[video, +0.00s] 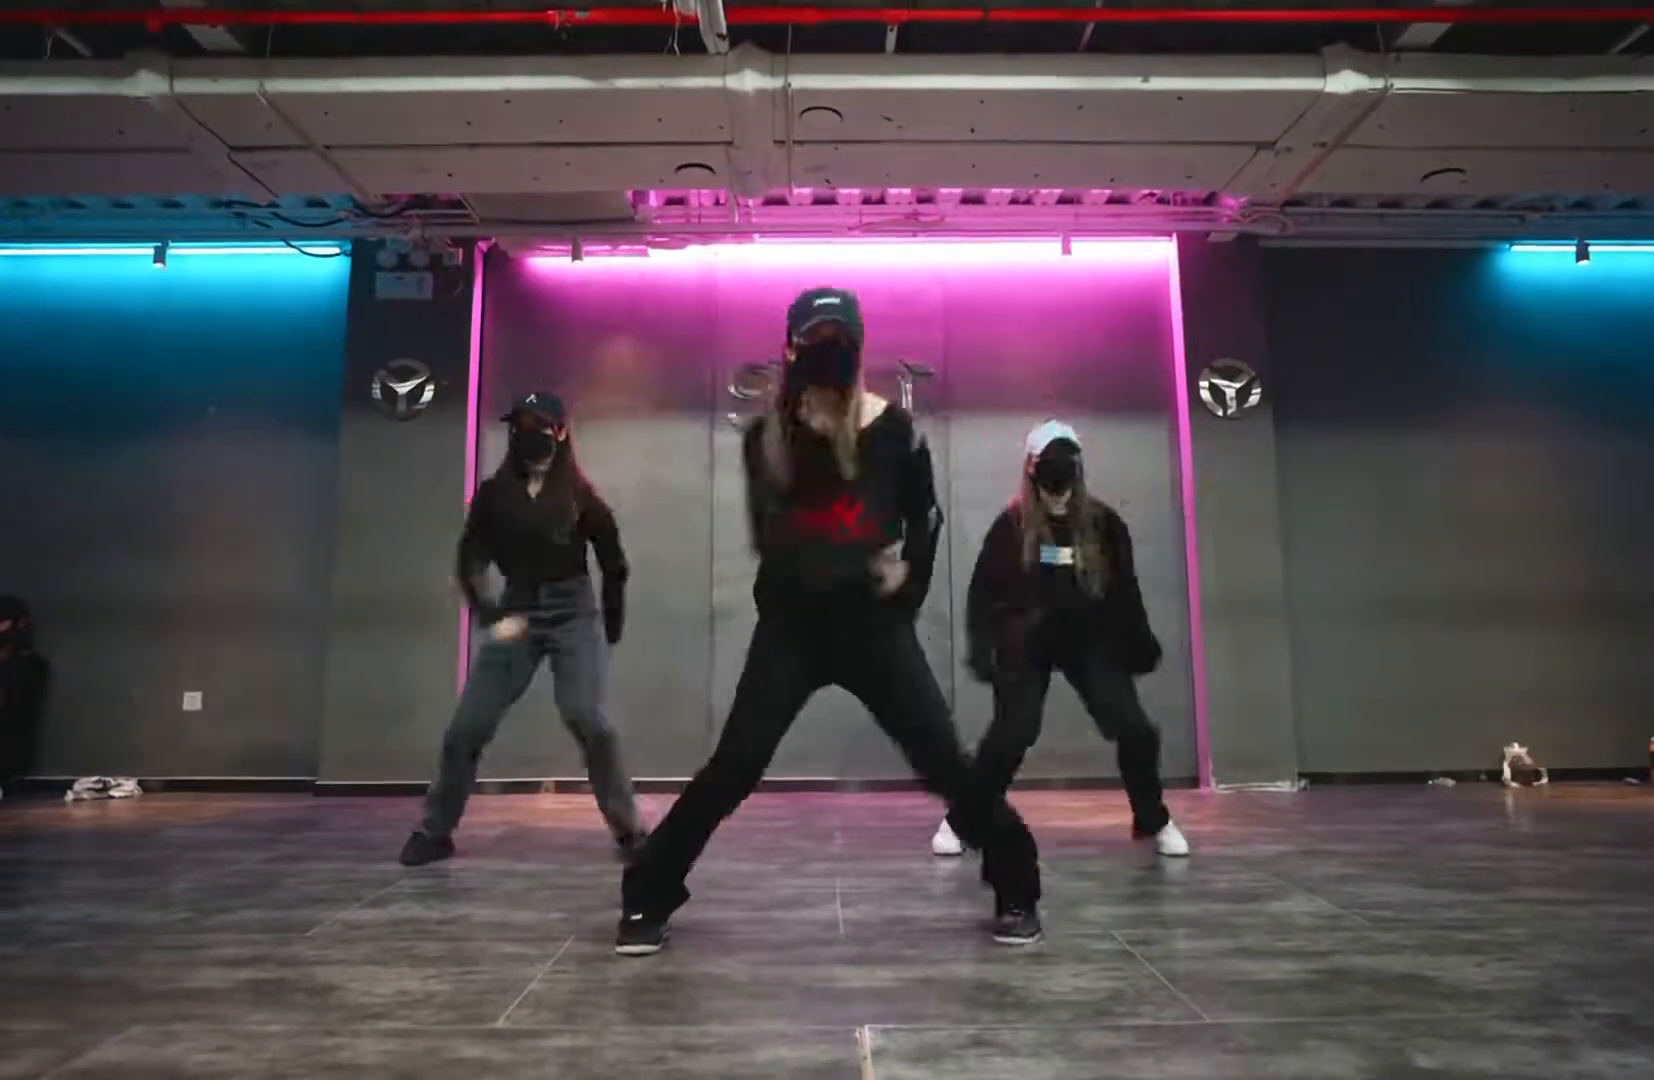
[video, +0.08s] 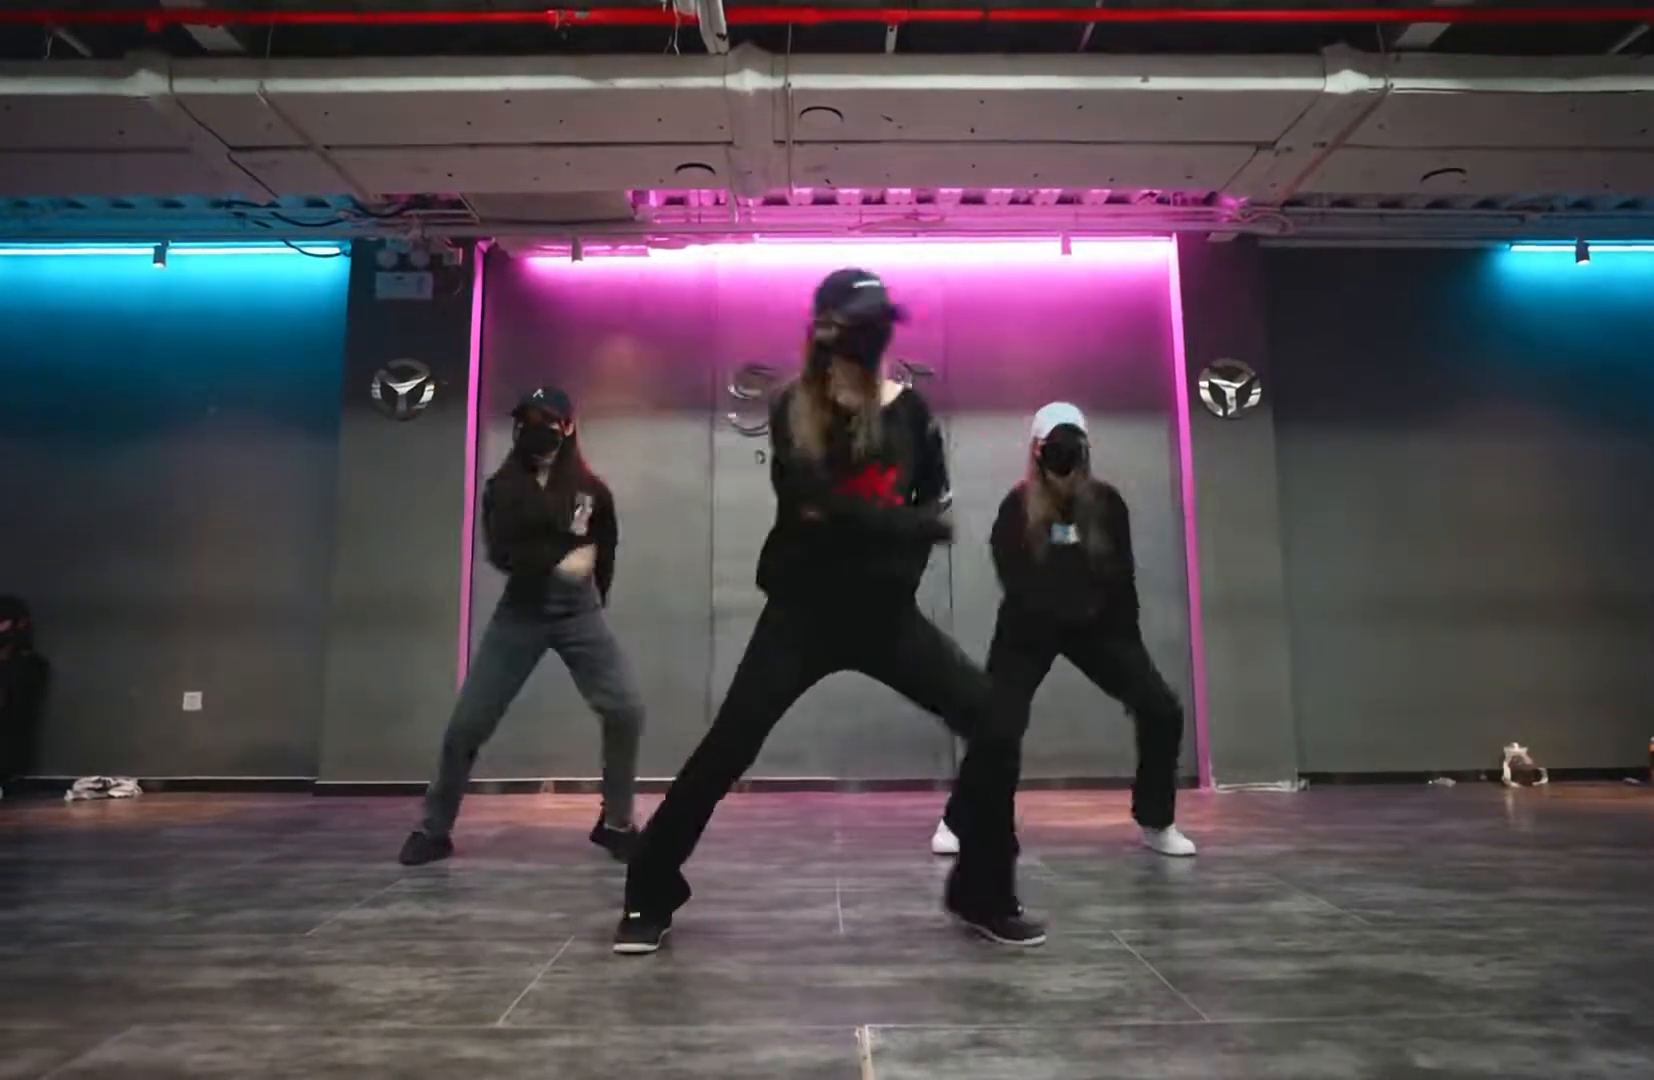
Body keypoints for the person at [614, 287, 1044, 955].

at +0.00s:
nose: (825, 365)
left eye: (837, 352)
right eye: (813, 352)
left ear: (855, 355)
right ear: (793, 356)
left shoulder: (888, 428)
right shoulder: (769, 438)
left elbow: (922, 513)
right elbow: (772, 544)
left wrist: (910, 572)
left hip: (875, 626)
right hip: (791, 629)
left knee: (945, 766)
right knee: (734, 769)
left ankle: (1017, 890)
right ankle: (646, 900)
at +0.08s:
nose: (838, 353)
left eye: (852, 342)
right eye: (827, 338)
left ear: (878, 338)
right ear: (817, 336)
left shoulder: (909, 410)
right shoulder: (795, 408)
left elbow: (935, 518)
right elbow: (805, 500)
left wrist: (841, 511)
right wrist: (905, 505)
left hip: (885, 618)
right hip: (799, 618)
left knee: (996, 719)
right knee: (726, 751)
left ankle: (981, 892)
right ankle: (647, 898)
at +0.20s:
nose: (925, 334)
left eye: (929, 326)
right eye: (915, 319)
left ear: (917, 332)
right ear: (877, 318)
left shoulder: (930, 410)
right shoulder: (825, 391)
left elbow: (959, 500)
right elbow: (867, 472)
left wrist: (888, 490)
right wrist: (968, 491)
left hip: (900, 612)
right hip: (817, 609)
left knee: (1014, 714)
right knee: (738, 747)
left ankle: (978, 889)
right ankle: (651, 898)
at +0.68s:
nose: (887, 329)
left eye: (898, 317)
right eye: (873, 317)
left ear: (914, 324)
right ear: (851, 325)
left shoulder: (935, 413)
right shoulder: (820, 399)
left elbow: (957, 519)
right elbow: (831, 491)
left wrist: (870, 500)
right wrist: (946, 495)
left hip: (897, 618)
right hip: (813, 615)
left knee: (1016, 720)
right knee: (732, 752)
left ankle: (981, 893)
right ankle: (647, 906)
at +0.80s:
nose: (871, 328)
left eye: (883, 315)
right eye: (857, 316)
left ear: (902, 323)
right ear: (836, 326)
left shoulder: (919, 418)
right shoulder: (806, 406)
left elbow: (943, 523)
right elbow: (788, 505)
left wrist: (989, 608)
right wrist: (824, 508)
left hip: (898, 621)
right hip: (810, 620)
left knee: (1015, 723)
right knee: (728, 752)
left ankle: (981, 896)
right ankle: (646, 909)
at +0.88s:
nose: (864, 318)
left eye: (876, 307)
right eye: (850, 308)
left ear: (895, 319)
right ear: (828, 321)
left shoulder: (916, 410)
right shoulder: (796, 407)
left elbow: (965, 496)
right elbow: (748, 487)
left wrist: (1055, 518)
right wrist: (697, 483)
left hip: (894, 620)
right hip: (805, 620)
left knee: (1010, 724)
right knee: (723, 753)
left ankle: (978, 897)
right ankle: (646, 908)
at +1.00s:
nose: (856, 319)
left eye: (868, 307)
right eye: (841, 308)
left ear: (888, 318)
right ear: (818, 320)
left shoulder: (932, 402)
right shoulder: (771, 393)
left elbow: (1021, 394)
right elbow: (693, 414)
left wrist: (1036, 402)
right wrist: (665, 486)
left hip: (898, 620)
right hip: (801, 622)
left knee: (989, 730)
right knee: (735, 752)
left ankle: (1008, 886)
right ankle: (646, 891)